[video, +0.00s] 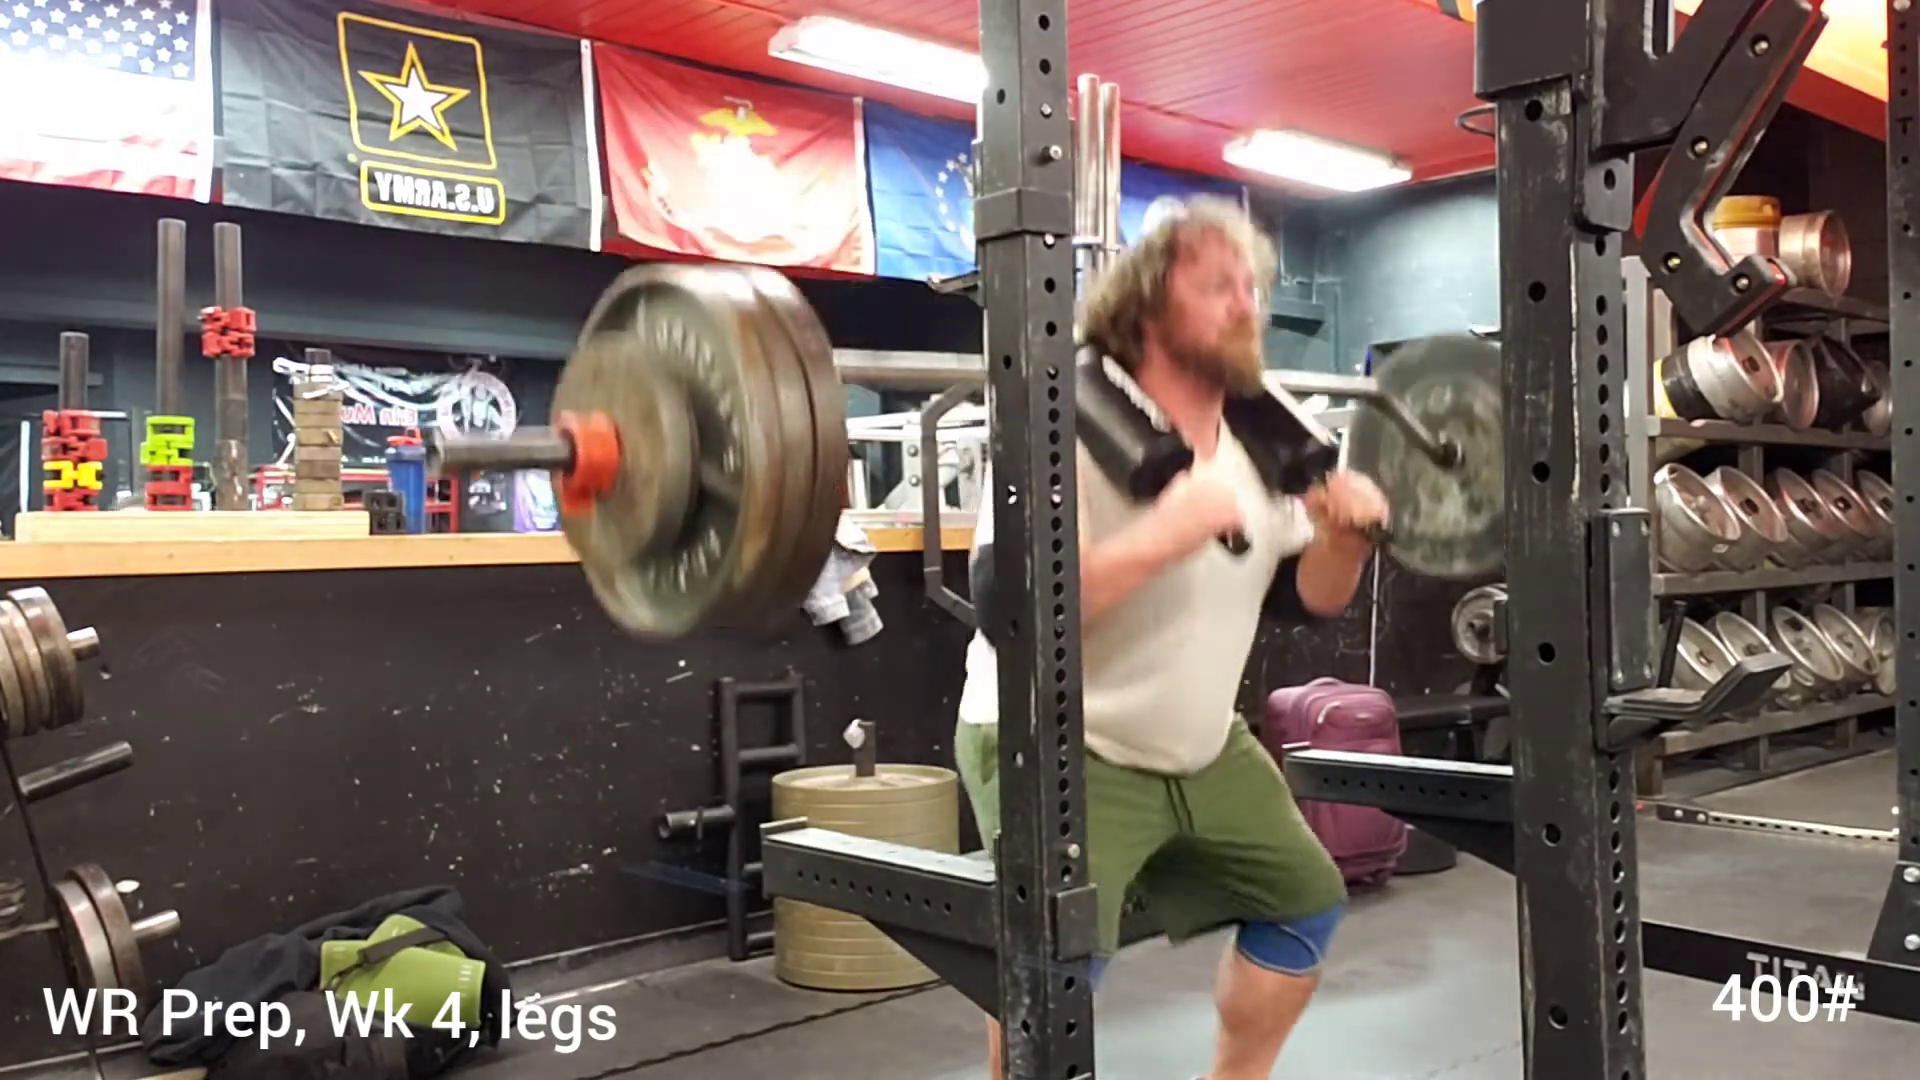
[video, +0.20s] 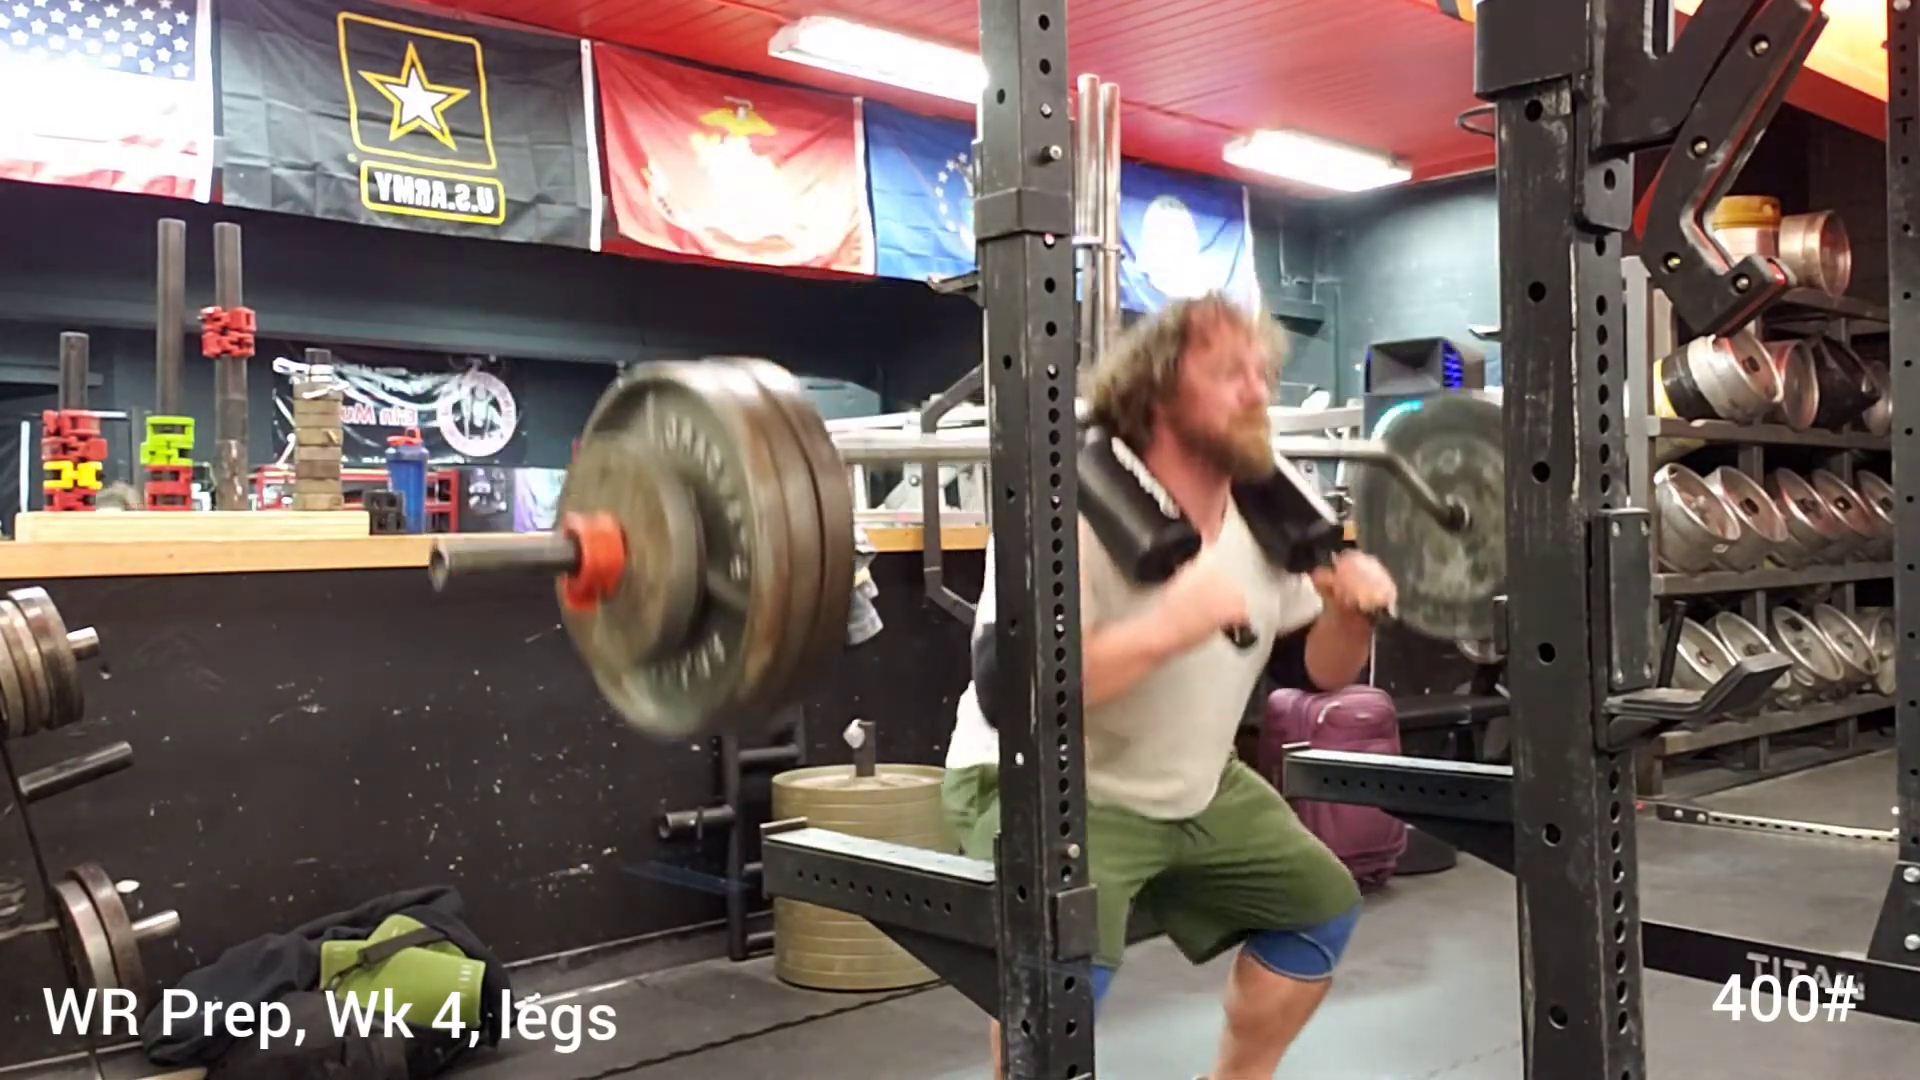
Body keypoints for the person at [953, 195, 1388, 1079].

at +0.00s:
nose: (1244, 303)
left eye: (1251, 285)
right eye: (1218, 284)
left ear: (1259, 301)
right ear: (1153, 302)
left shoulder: (1267, 424)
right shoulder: (1069, 416)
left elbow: (1321, 596)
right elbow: (1028, 601)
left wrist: (1345, 530)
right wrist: (1163, 534)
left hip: (1204, 740)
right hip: (1066, 744)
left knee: (1303, 901)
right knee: (1057, 965)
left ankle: (1237, 1074)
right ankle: (1016, 1072)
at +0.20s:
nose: (1255, 392)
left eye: (1259, 372)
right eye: (1229, 373)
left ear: (1268, 379)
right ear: (1161, 393)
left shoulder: (1266, 498)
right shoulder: (1072, 499)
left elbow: (1325, 674)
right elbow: (1019, 688)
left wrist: (1351, 612)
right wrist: (1165, 627)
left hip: (1192, 779)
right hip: (1051, 786)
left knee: (1317, 906)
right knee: (1072, 962)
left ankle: (1239, 1074)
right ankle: (1018, 1068)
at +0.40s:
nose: (1263, 472)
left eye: (1270, 452)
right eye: (1237, 452)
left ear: (1281, 458)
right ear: (1170, 460)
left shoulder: (1272, 569)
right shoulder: (1075, 570)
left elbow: (1331, 745)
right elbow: (1033, 772)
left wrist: (1356, 685)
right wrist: (1175, 712)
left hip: (1196, 829)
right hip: (1057, 836)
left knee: (1337, 913)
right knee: (1079, 965)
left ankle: (1243, 1074)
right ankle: (1023, 1069)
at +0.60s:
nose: (1267, 552)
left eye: (1275, 531)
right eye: (1241, 532)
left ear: (1288, 532)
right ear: (1171, 543)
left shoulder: (1276, 638)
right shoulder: (1084, 651)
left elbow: (1339, 808)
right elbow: (1030, 836)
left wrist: (1367, 755)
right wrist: (1173, 791)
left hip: (1222, 886)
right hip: (1094, 900)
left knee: (1359, 925)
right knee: (1078, 1000)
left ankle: (1245, 1075)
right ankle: (1020, 1066)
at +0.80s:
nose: (1265, 602)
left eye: (1271, 579)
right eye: (1238, 582)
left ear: (1281, 580)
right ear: (1169, 595)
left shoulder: (1274, 684)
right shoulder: (1086, 697)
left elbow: (1353, 848)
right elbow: (1020, 871)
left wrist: (1368, 800)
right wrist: (1177, 834)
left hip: (1231, 945)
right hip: (1111, 955)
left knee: (1364, 930)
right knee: (1079, 986)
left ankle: (1247, 1074)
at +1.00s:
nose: (1267, 626)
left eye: (1271, 601)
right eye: (1238, 602)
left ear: (1283, 605)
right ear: (1168, 620)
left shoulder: (1274, 705)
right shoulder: (1089, 730)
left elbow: (1356, 865)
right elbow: (1014, 895)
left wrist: (1371, 823)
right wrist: (1177, 856)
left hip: (1233, 961)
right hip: (1113, 970)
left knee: (1366, 932)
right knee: (1088, 998)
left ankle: (1245, 1074)